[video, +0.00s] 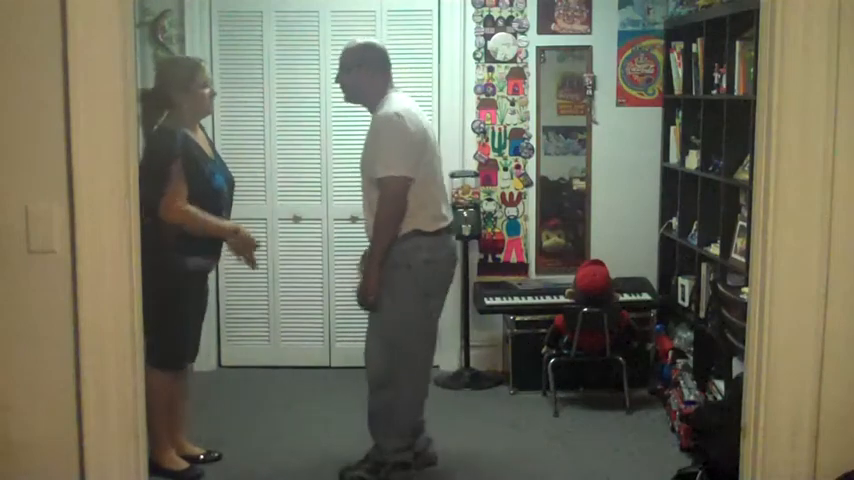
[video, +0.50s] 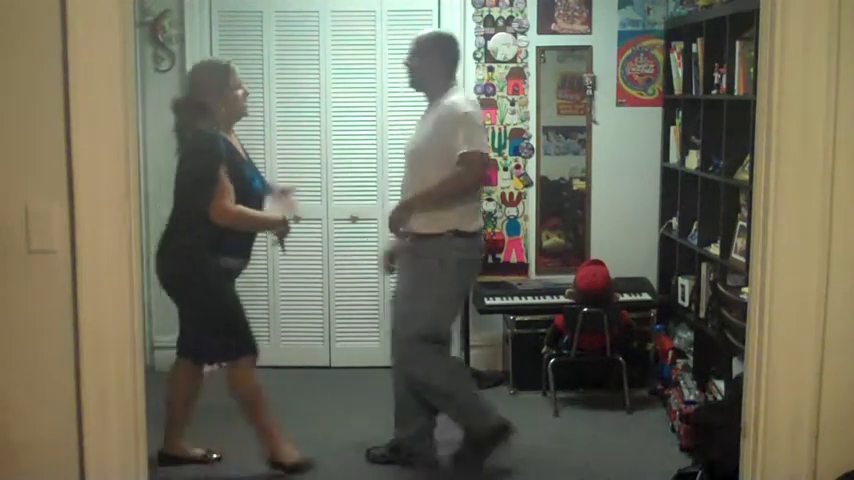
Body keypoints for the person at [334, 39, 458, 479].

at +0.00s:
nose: (339, 80)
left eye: (346, 71)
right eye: (340, 72)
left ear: (371, 73)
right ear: (376, 73)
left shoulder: (392, 118)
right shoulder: (400, 113)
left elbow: (394, 197)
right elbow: (398, 197)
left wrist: (373, 266)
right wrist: (375, 259)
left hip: (412, 251)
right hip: (423, 247)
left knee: (393, 352)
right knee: (406, 349)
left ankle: (392, 452)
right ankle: (410, 442)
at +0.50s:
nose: (407, 63)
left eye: (415, 55)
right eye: (409, 56)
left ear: (441, 61)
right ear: (436, 63)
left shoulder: (461, 110)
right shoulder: (434, 116)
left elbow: (473, 173)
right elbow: (434, 190)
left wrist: (410, 205)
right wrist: (404, 243)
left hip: (448, 247)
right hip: (425, 246)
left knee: (417, 346)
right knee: (409, 345)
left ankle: (485, 426)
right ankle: (412, 444)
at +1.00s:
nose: (452, 79)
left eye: (456, 72)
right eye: (452, 72)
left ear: (473, 73)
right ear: (495, 72)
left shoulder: (460, 125)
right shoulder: (534, 119)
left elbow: (445, 199)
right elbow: (573, 185)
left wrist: (434, 258)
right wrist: (576, 239)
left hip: (485, 256)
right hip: (533, 252)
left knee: (477, 357)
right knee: (530, 343)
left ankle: (504, 446)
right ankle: (578, 426)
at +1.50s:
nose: (421, 89)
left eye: (428, 81)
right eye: (423, 81)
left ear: (450, 82)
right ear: (457, 82)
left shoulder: (464, 127)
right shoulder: (476, 123)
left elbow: (479, 191)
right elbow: (480, 191)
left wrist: (458, 253)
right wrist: (445, 232)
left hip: (488, 260)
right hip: (497, 258)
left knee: (448, 350)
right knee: (505, 350)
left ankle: (448, 442)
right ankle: (569, 419)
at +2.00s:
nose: (462, 68)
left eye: (460, 59)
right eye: (456, 59)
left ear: (427, 63)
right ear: (439, 64)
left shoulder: (432, 117)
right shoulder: (416, 115)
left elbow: (423, 188)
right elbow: (394, 185)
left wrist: (464, 217)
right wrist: (461, 213)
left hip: (415, 244)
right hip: (405, 246)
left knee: (417, 348)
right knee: (426, 349)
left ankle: (401, 449)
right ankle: (409, 453)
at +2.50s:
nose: (335, 78)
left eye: (341, 71)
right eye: (337, 71)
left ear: (359, 74)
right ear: (378, 75)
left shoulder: (347, 121)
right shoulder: (407, 128)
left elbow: (329, 191)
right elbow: (434, 197)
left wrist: (293, 230)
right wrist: (431, 258)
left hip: (349, 264)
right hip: (396, 262)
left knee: (312, 359)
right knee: (382, 365)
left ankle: (318, 459)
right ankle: (396, 458)